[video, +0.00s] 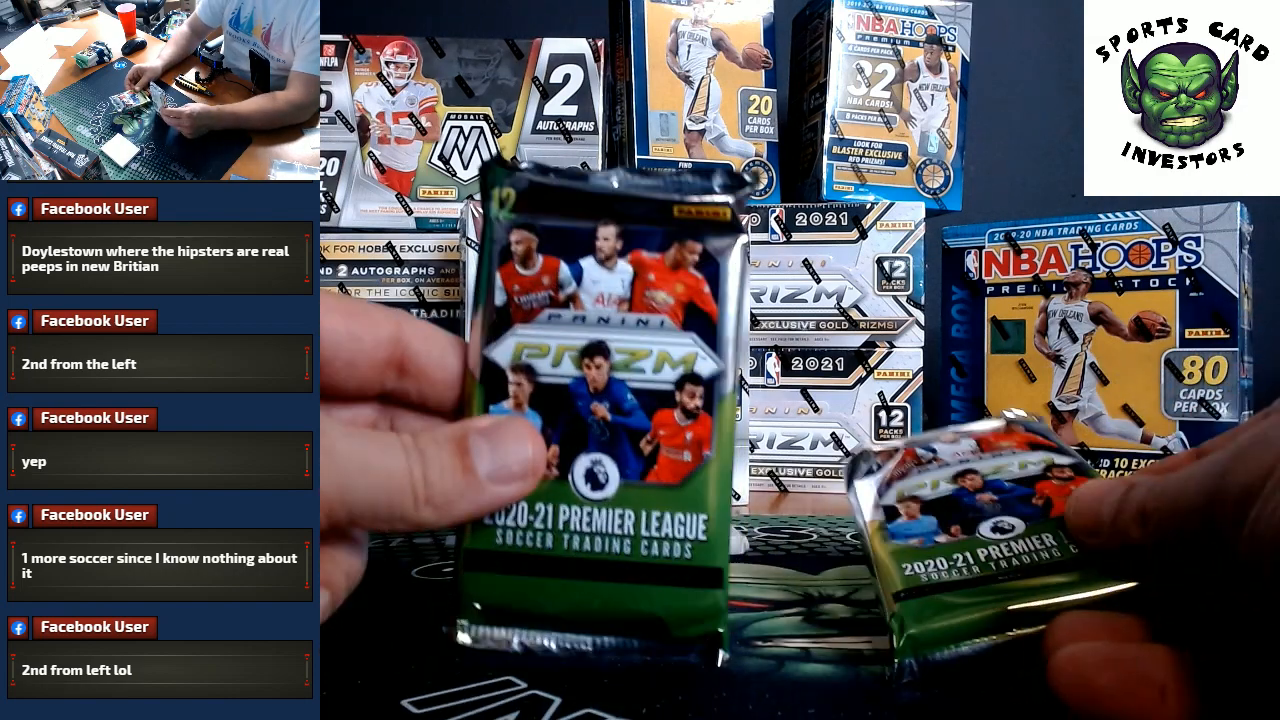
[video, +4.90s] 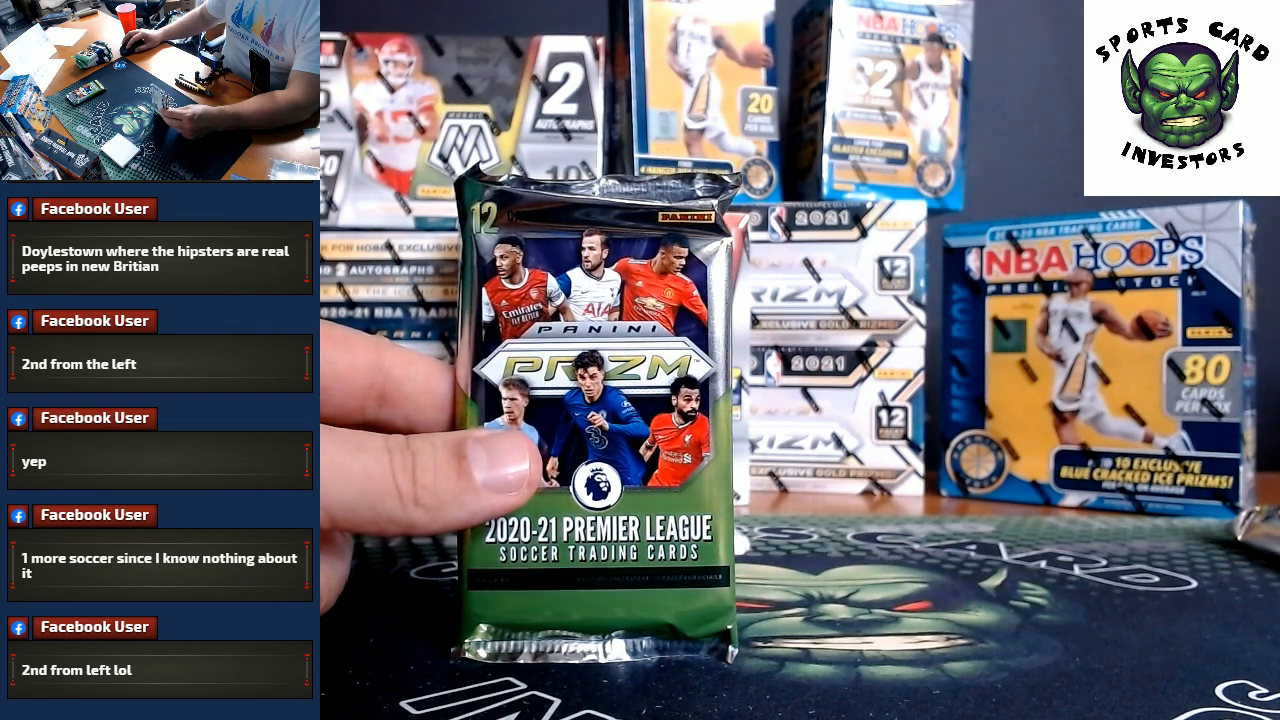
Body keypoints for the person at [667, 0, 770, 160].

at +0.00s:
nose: (697, 9)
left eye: (702, 6)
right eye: (695, 6)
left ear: (711, 11)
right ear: (692, 8)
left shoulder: (715, 34)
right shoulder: (678, 25)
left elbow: (739, 59)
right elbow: (670, 54)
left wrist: (764, 63)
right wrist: (678, 72)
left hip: (705, 87)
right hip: (692, 88)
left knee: (692, 141)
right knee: (725, 145)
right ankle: (762, 156)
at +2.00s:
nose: (694, 11)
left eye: (697, 8)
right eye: (688, 7)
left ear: (702, 8)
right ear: (683, 6)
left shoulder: (712, 31)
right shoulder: (679, 25)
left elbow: (734, 54)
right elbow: (671, 53)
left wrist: (756, 59)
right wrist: (678, 70)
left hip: (706, 84)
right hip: (692, 85)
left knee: (692, 138)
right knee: (724, 142)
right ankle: (757, 152)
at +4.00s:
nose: (695, 11)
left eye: (698, 8)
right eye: (690, 7)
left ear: (703, 8)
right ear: (684, 6)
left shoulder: (712, 30)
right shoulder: (679, 25)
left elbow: (734, 54)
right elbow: (671, 53)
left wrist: (755, 59)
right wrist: (678, 70)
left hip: (706, 84)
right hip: (692, 85)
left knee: (692, 138)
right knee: (724, 142)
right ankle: (756, 152)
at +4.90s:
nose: (691, 7)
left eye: (695, 4)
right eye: (688, 5)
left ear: (702, 6)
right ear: (683, 6)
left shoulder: (714, 31)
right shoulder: (678, 24)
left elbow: (736, 55)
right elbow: (670, 52)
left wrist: (759, 59)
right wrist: (678, 70)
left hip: (706, 85)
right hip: (691, 86)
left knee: (692, 138)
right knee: (724, 142)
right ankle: (757, 152)